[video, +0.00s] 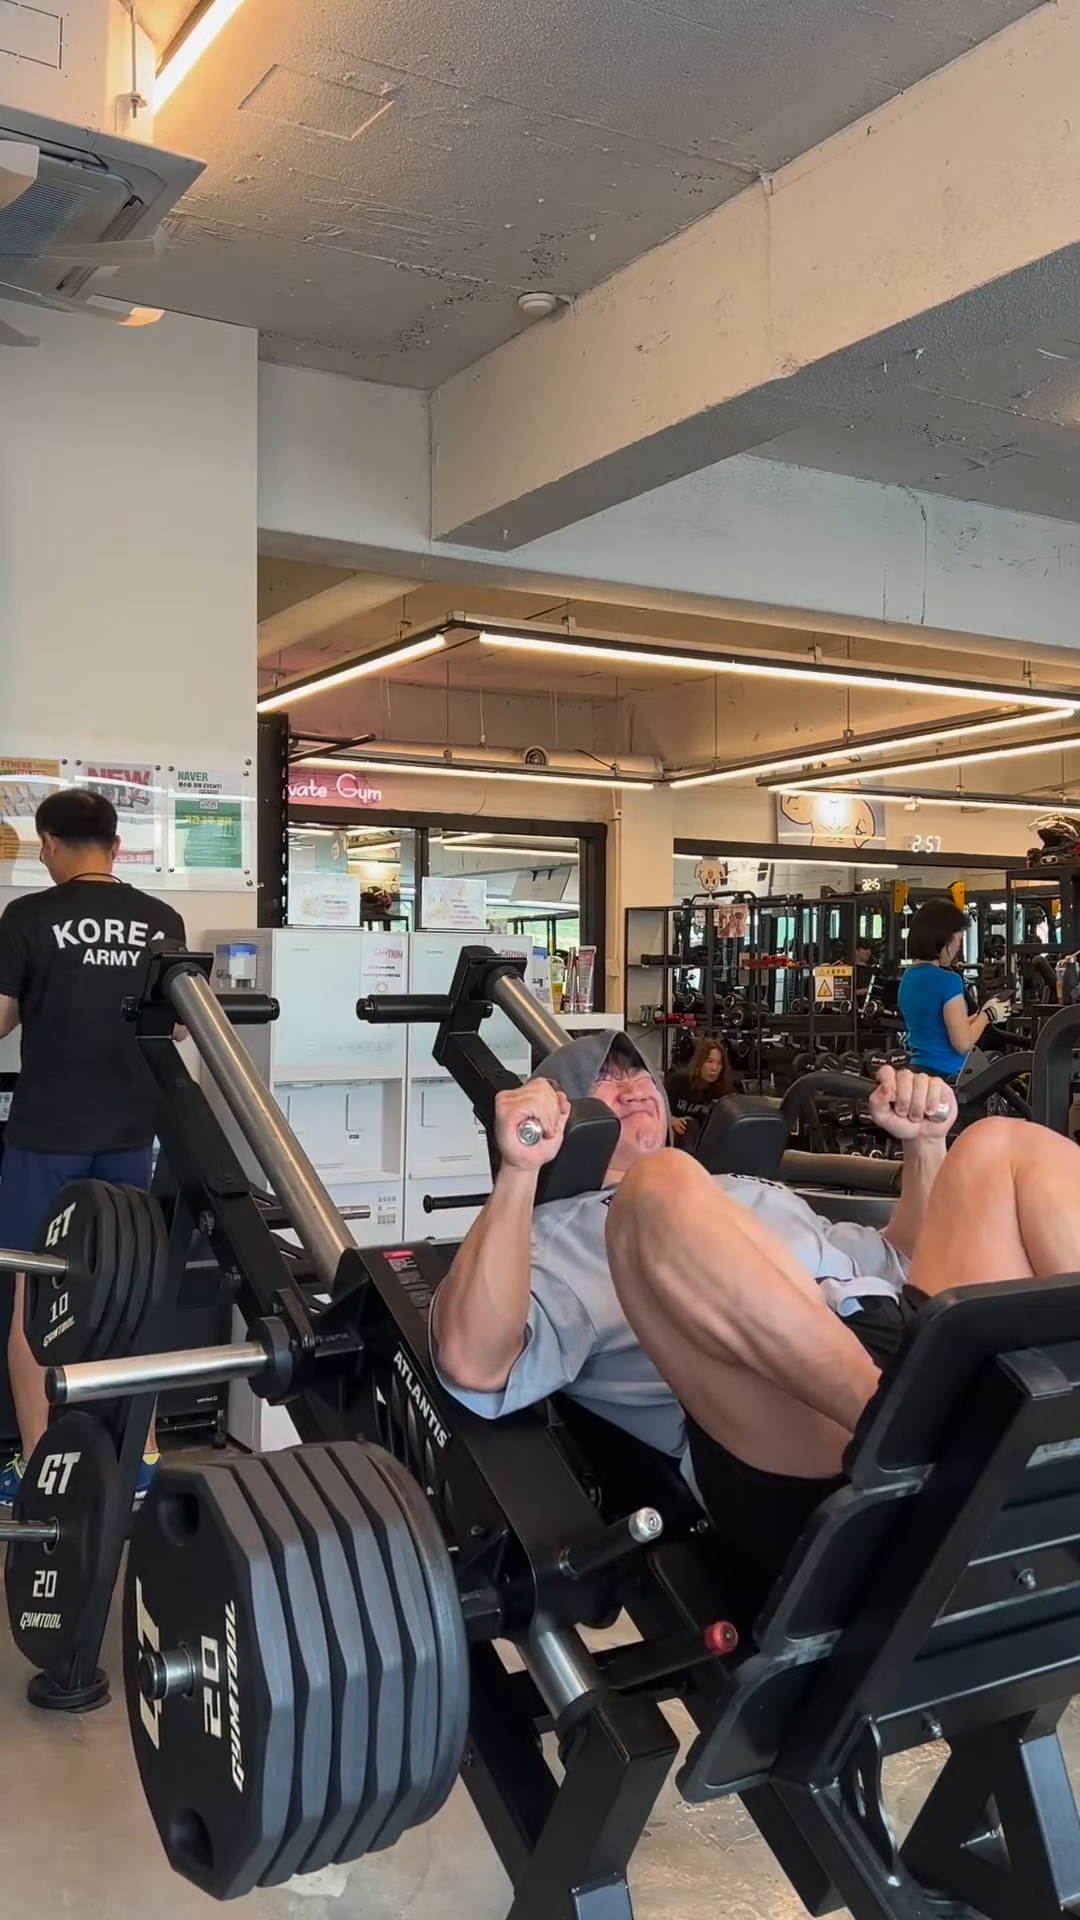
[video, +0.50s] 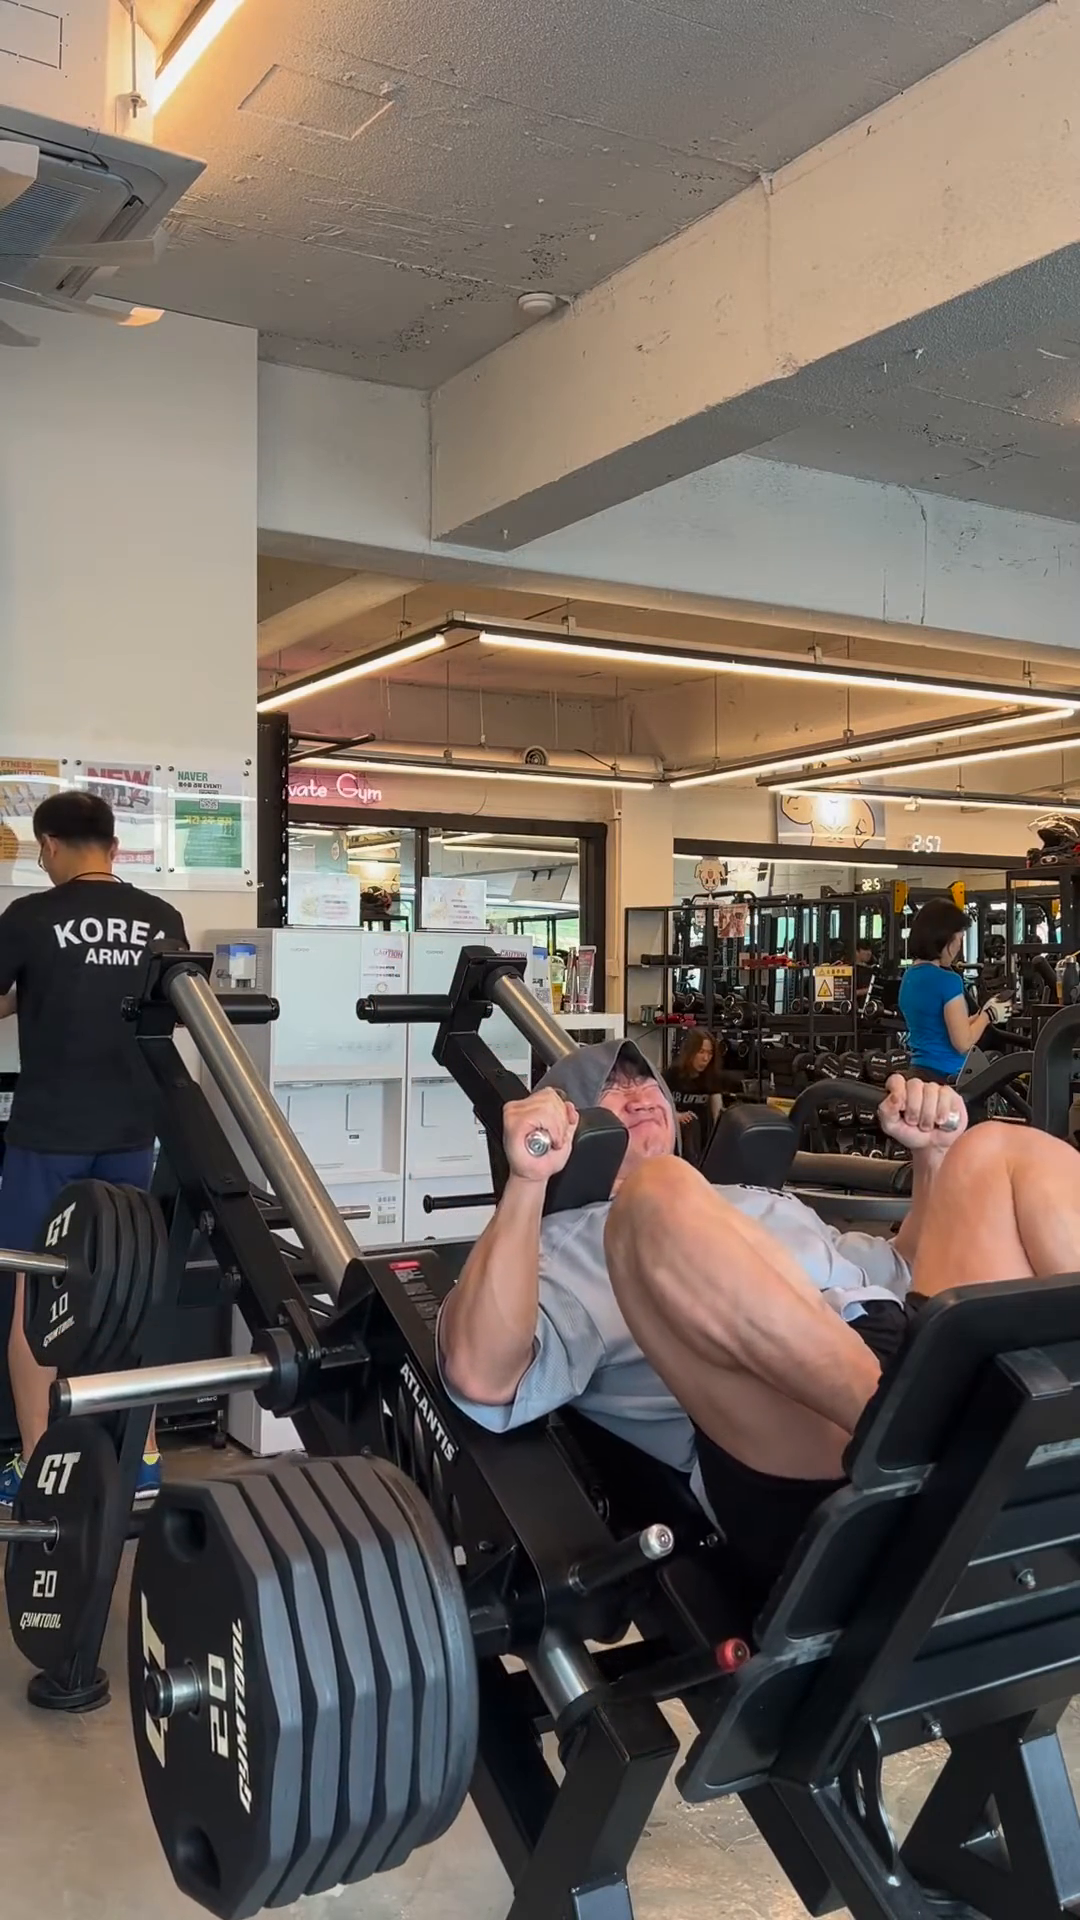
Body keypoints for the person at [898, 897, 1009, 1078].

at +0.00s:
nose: (959, 947)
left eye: (960, 940)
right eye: (958, 940)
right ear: (944, 940)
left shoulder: (908, 978)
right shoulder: (948, 981)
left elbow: (939, 1031)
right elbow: (963, 1042)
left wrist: (982, 1013)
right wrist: (988, 1015)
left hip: (918, 1072)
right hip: (949, 1077)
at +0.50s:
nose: (960, 946)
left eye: (961, 939)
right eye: (959, 939)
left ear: (925, 936)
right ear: (946, 940)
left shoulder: (909, 978)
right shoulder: (948, 981)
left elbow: (933, 1035)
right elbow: (963, 1042)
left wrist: (978, 1016)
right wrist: (988, 1015)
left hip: (918, 1074)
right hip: (948, 1080)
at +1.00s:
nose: (960, 946)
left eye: (961, 939)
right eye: (959, 939)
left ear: (926, 937)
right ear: (945, 940)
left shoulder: (909, 978)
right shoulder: (949, 981)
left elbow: (940, 1031)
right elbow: (963, 1042)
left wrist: (983, 1011)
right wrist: (989, 1014)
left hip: (918, 1074)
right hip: (949, 1079)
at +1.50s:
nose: (957, 948)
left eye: (958, 941)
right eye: (956, 940)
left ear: (923, 936)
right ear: (943, 941)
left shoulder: (907, 978)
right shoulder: (947, 981)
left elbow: (931, 1033)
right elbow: (962, 1042)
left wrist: (977, 1013)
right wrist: (986, 1013)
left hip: (915, 1078)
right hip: (946, 1084)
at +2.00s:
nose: (957, 947)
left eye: (958, 941)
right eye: (956, 940)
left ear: (922, 936)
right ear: (942, 941)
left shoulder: (908, 978)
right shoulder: (946, 981)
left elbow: (933, 1032)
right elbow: (961, 1043)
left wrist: (976, 1014)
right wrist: (986, 1014)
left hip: (915, 1078)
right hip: (947, 1085)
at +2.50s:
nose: (958, 946)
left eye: (958, 939)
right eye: (957, 939)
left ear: (922, 935)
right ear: (942, 941)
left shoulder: (907, 978)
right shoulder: (946, 981)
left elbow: (929, 1032)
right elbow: (962, 1042)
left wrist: (973, 1016)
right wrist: (988, 1012)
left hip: (914, 1078)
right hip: (946, 1083)